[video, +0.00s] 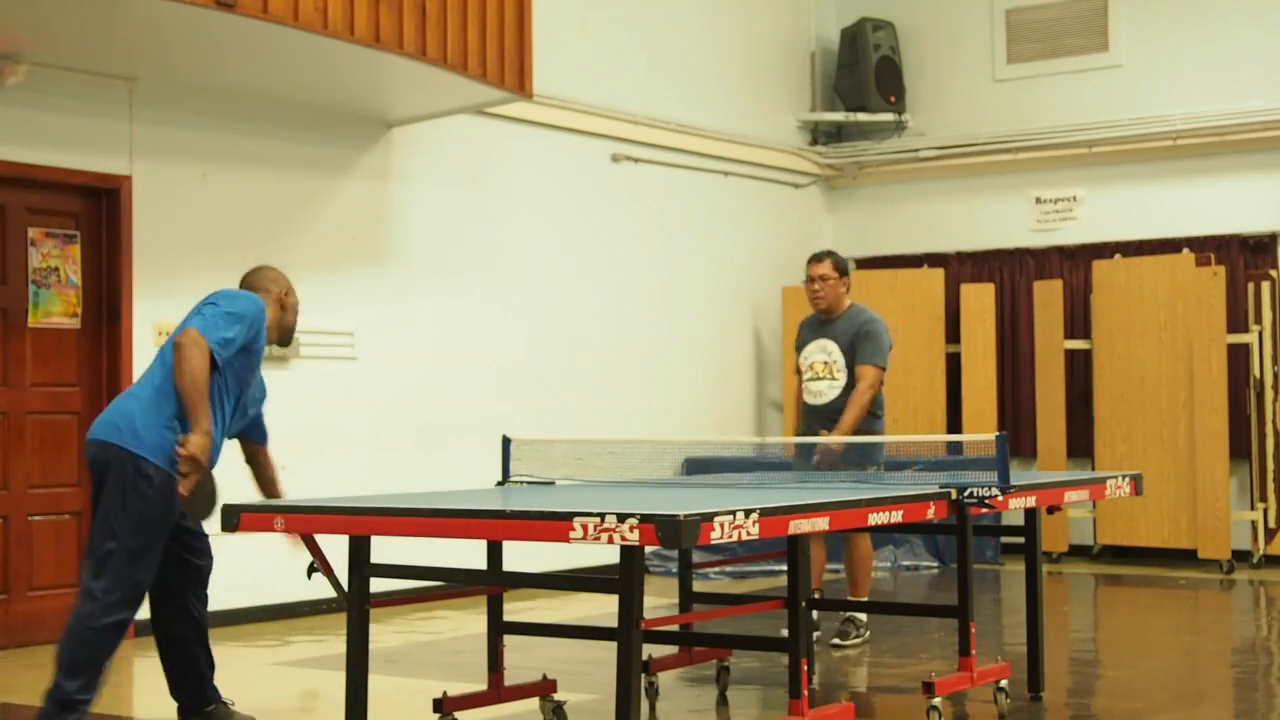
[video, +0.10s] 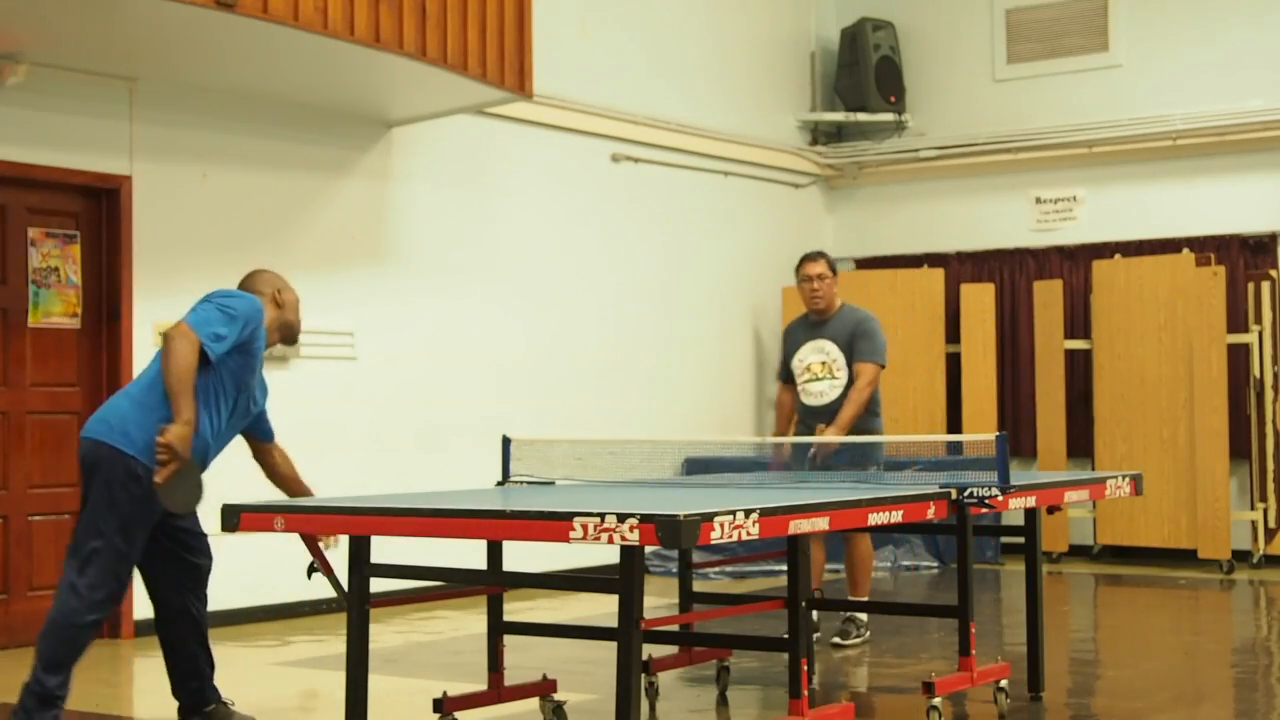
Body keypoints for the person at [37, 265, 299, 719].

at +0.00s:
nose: (296, 318)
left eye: (297, 309)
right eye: (295, 307)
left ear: (269, 297)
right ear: (281, 297)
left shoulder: (246, 373)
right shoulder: (245, 304)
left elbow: (255, 448)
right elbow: (191, 341)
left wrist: (280, 507)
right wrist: (201, 431)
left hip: (156, 462)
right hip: (137, 449)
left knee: (186, 565)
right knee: (117, 584)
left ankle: (199, 704)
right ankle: (63, 708)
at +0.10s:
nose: (300, 313)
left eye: (298, 303)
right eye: (295, 301)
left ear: (273, 298)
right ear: (276, 296)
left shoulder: (250, 379)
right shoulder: (245, 305)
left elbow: (269, 452)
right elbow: (182, 337)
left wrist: (313, 507)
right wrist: (185, 424)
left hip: (159, 468)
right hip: (127, 448)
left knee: (185, 569)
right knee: (96, 581)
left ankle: (200, 705)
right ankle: (37, 707)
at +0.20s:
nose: (303, 290)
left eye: (299, 280)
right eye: (294, 278)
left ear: (266, 284)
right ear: (264, 282)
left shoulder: (254, 372)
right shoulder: (231, 301)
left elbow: (269, 450)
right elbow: (163, 335)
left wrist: (306, 517)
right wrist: (166, 419)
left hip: (156, 468)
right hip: (113, 445)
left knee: (181, 570)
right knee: (85, 577)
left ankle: (198, 703)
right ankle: (26, 707)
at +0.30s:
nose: (294, 268)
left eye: (292, 260)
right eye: (282, 257)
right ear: (246, 264)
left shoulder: (252, 359)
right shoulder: (206, 294)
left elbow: (254, 442)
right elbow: (126, 333)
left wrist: (275, 521)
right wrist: (139, 406)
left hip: (148, 468)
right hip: (99, 449)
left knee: (173, 576)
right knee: (76, 583)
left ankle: (196, 704)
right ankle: (30, 709)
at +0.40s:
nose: (270, 248)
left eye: (270, 241)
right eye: (257, 238)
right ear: (220, 250)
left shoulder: (242, 343)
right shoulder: (175, 287)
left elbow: (231, 428)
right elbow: (89, 332)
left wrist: (234, 514)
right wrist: (105, 398)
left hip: (148, 476)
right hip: (89, 460)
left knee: (169, 586)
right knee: (79, 583)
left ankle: (196, 703)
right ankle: (42, 708)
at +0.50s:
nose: (235, 234)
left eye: (237, 228)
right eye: (222, 223)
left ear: (236, 245)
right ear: (185, 232)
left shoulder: (220, 329)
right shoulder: (129, 284)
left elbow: (204, 416)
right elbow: (56, 342)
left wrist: (199, 498)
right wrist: (77, 397)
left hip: (142, 479)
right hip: (76, 469)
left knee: (161, 592)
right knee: (73, 593)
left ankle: (194, 702)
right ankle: (47, 711)